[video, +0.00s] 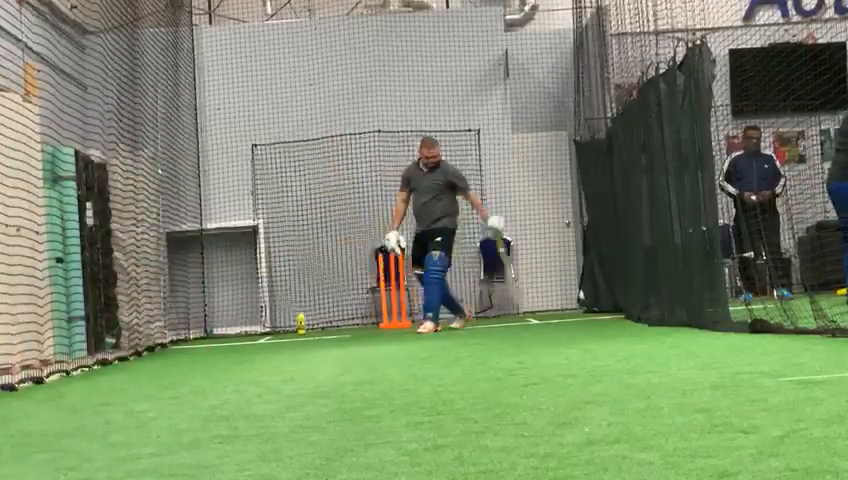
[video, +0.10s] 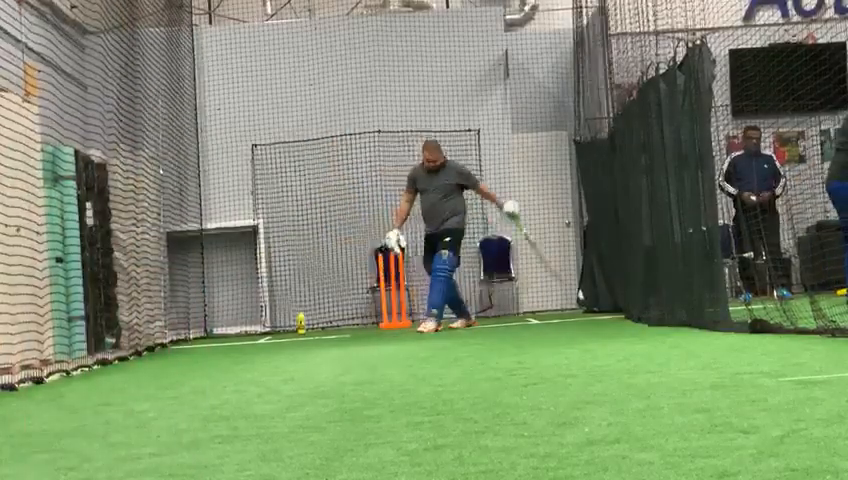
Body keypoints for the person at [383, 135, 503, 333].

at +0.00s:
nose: (434, 162)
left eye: (437, 157)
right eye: (430, 158)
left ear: (440, 153)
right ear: (420, 154)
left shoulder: (448, 171)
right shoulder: (410, 173)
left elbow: (469, 195)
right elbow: (402, 201)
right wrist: (394, 229)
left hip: (444, 228)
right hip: (422, 230)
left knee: (434, 272)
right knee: (422, 274)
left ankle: (430, 320)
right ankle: (460, 313)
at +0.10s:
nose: (433, 165)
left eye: (437, 161)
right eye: (430, 162)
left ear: (443, 156)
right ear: (423, 158)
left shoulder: (455, 170)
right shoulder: (416, 174)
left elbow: (480, 189)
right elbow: (407, 201)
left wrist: (502, 204)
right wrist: (396, 228)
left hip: (452, 228)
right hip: (431, 231)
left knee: (441, 269)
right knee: (436, 272)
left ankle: (433, 318)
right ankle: (464, 316)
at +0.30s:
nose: (432, 164)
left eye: (435, 160)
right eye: (430, 161)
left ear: (444, 153)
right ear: (428, 158)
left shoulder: (466, 162)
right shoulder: (429, 171)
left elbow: (488, 178)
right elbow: (427, 200)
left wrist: (511, 186)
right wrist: (415, 225)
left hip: (467, 219)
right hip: (446, 224)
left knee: (463, 256)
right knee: (444, 262)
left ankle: (472, 311)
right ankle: (461, 314)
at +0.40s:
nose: (433, 164)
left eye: (434, 160)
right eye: (432, 161)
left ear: (444, 152)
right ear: (434, 156)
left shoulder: (469, 159)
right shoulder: (436, 171)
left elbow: (493, 174)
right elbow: (436, 198)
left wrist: (517, 181)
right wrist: (428, 224)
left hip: (475, 218)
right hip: (453, 224)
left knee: (478, 253)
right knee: (453, 266)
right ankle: (464, 316)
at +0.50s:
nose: (437, 164)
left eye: (437, 160)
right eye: (435, 161)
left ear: (445, 154)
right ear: (442, 155)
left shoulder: (474, 159)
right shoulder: (443, 171)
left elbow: (500, 173)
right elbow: (447, 197)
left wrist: (524, 183)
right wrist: (442, 224)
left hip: (485, 222)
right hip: (462, 226)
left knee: (496, 262)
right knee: (457, 265)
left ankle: (524, 306)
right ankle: (465, 316)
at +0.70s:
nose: (452, 171)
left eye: (451, 167)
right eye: (449, 168)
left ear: (456, 158)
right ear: (453, 161)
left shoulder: (483, 162)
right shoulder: (462, 174)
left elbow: (512, 180)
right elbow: (471, 201)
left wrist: (528, 201)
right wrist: (471, 226)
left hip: (503, 223)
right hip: (480, 228)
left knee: (513, 263)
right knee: (470, 266)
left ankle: (531, 312)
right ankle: (466, 316)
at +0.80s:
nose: (455, 168)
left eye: (454, 164)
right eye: (453, 165)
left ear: (460, 157)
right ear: (459, 158)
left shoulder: (485, 162)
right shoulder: (471, 170)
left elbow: (506, 183)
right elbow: (484, 195)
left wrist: (518, 206)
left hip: (507, 222)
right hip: (488, 226)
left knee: (516, 265)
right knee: (478, 266)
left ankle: (531, 312)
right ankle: (470, 313)